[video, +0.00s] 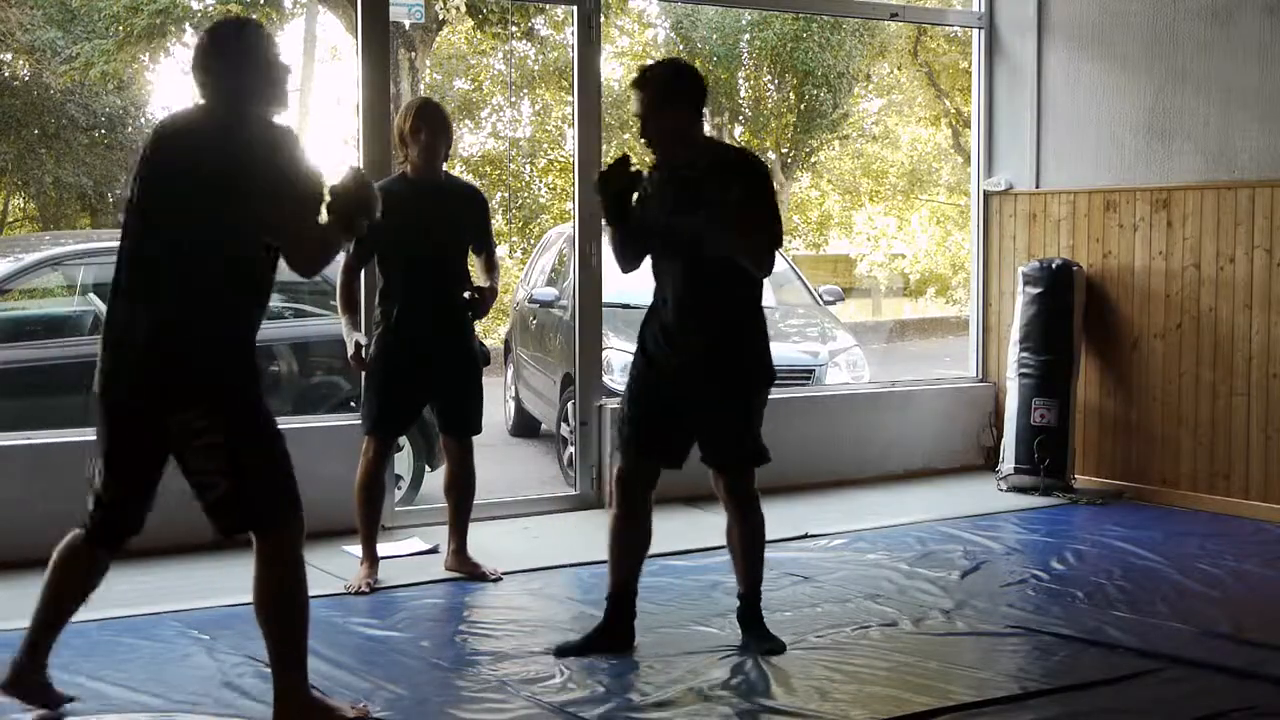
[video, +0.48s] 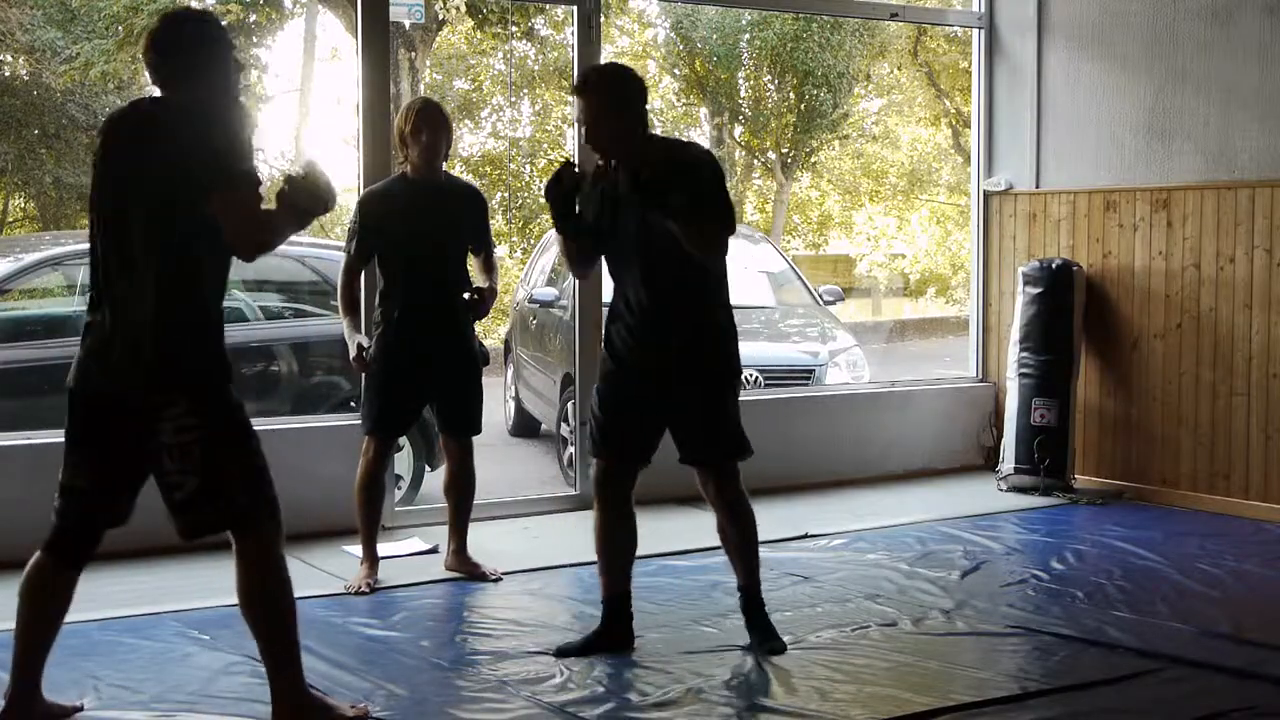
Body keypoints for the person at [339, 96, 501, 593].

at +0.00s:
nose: (427, 140)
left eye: (435, 130)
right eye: (418, 132)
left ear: (448, 137)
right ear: (403, 138)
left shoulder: (468, 198)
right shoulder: (380, 197)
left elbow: (487, 257)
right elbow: (350, 271)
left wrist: (490, 290)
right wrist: (351, 332)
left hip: (452, 336)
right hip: (395, 338)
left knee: (459, 446)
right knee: (377, 447)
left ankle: (457, 552)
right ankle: (367, 561)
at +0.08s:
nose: (427, 140)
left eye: (435, 131)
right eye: (418, 131)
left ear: (448, 137)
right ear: (403, 138)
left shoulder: (468, 198)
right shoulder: (382, 197)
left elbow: (487, 258)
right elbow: (351, 272)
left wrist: (490, 290)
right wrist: (352, 332)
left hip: (452, 336)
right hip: (395, 338)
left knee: (459, 446)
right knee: (377, 447)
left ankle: (457, 552)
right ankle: (367, 560)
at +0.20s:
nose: (427, 140)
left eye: (435, 131)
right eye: (418, 131)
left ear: (448, 137)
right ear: (403, 138)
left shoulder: (468, 198)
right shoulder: (379, 199)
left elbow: (486, 258)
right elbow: (350, 272)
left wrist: (489, 291)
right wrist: (352, 332)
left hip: (452, 336)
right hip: (395, 338)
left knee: (459, 446)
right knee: (377, 447)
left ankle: (457, 552)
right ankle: (367, 560)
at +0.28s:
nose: (428, 140)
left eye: (435, 130)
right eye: (419, 131)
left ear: (448, 137)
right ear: (404, 138)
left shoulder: (468, 198)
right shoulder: (377, 200)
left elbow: (486, 258)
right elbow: (350, 274)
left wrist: (489, 291)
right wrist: (352, 333)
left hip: (453, 336)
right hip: (394, 338)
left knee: (459, 446)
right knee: (377, 448)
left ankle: (457, 552)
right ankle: (368, 561)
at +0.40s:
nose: (429, 140)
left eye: (436, 131)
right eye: (420, 131)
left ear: (449, 137)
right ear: (404, 138)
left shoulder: (468, 198)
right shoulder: (376, 201)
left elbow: (485, 259)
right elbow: (351, 275)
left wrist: (489, 291)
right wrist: (353, 336)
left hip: (453, 337)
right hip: (394, 338)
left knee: (459, 446)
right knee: (377, 447)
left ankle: (457, 552)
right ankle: (368, 561)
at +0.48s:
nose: (430, 140)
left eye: (437, 130)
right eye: (420, 131)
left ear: (448, 137)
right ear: (404, 138)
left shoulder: (468, 198)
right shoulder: (376, 201)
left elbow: (485, 259)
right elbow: (351, 274)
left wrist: (489, 292)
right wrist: (353, 336)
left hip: (453, 337)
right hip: (394, 339)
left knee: (459, 446)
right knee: (377, 447)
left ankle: (457, 551)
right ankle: (368, 561)